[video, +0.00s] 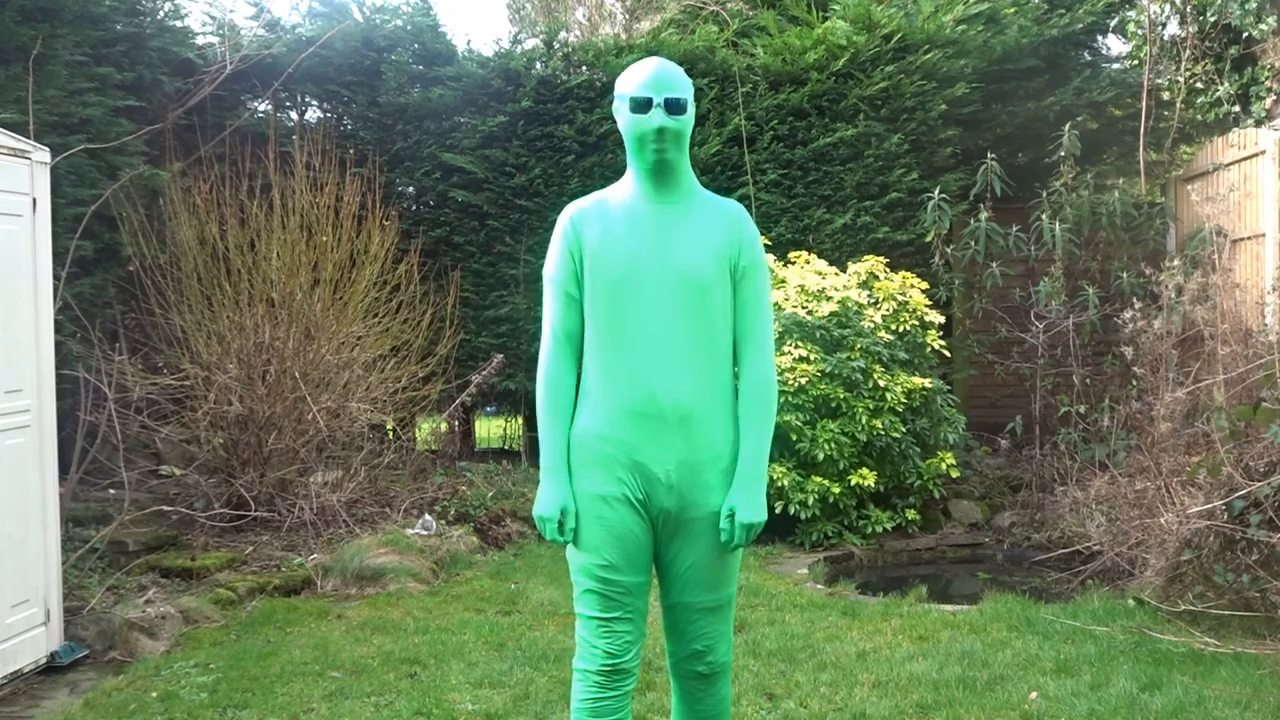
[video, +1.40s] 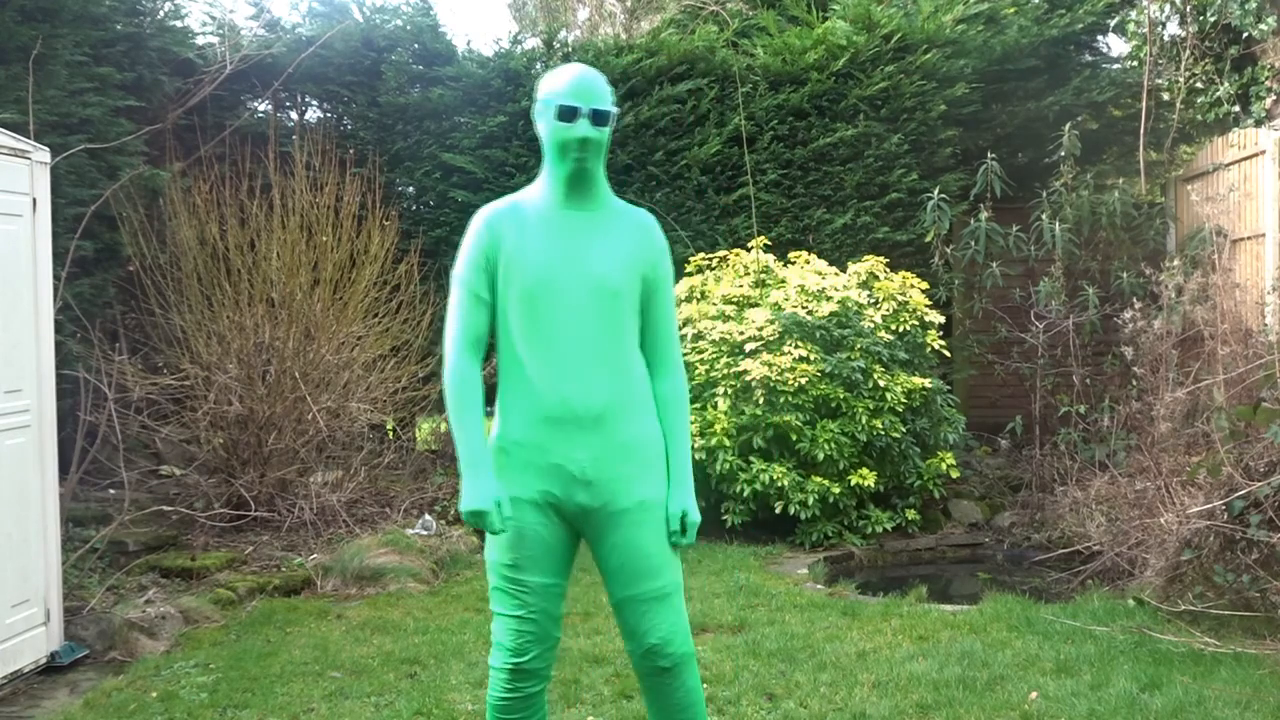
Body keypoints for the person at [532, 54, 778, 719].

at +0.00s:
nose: (658, 118)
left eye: (673, 105)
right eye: (641, 105)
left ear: (693, 118)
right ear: (618, 120)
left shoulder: (732, 224)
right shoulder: (581, 222)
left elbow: (757, 356)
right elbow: (558, 353)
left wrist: (752, 475)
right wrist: (553, 473)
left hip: (709, 472)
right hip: (603, 470)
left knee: (705, 667)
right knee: (605, 666)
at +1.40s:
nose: (583, 128)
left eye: (597, 116)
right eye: (566, 114)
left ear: (613, 128)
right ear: (539, 125)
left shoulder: (642, 232)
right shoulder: (496, 226)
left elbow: (666, 362)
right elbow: (462, 354)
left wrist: (681, 479)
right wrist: (475, 470)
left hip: (633, 476)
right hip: (526, 477)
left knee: (668, 658)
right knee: (520, 664)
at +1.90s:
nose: (608, 138)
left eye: (622, 124)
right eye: (590, 125)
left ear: (642, 135)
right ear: (568, 140)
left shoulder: (684, 241)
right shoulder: (536, 241)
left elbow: (739, 354)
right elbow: (486, 358)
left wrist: (775, 459)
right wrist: (458, 474)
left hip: (681, 486)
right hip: (568, 487)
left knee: (721, 665)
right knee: (538, 673)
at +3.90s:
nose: (637, 135)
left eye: (652, 120)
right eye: (621, 122)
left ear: (674, 128)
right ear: (602, 134)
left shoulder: (714, 238)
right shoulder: (567, 236)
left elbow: (771, 352)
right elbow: (532, 352)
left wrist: (785, 466)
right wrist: (518, 468)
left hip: (699, 486)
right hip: (588, 485)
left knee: (729, 669)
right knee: (554, 667)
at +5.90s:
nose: (637, 135)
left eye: (652, 121)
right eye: (621, 122)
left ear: (673, 130)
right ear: (601, 133)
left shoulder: (713, 238)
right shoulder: (567, 236)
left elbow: (769, 352)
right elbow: (532, 354)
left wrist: (784, 464)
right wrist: (518, 468)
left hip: (698, 485)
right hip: (587, 483)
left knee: (729, 668)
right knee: (554, 666)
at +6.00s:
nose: (637, 135)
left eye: (652, 121)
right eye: (621, 122)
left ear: (673, 130)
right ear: (601, 133)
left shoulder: (713, 238)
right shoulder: (567, 236)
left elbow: (769, 352)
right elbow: (531, 354)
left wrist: (784, 464)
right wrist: (518, 468)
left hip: (698, 485)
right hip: (587, 483)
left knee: (729, 668)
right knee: (554, 666)